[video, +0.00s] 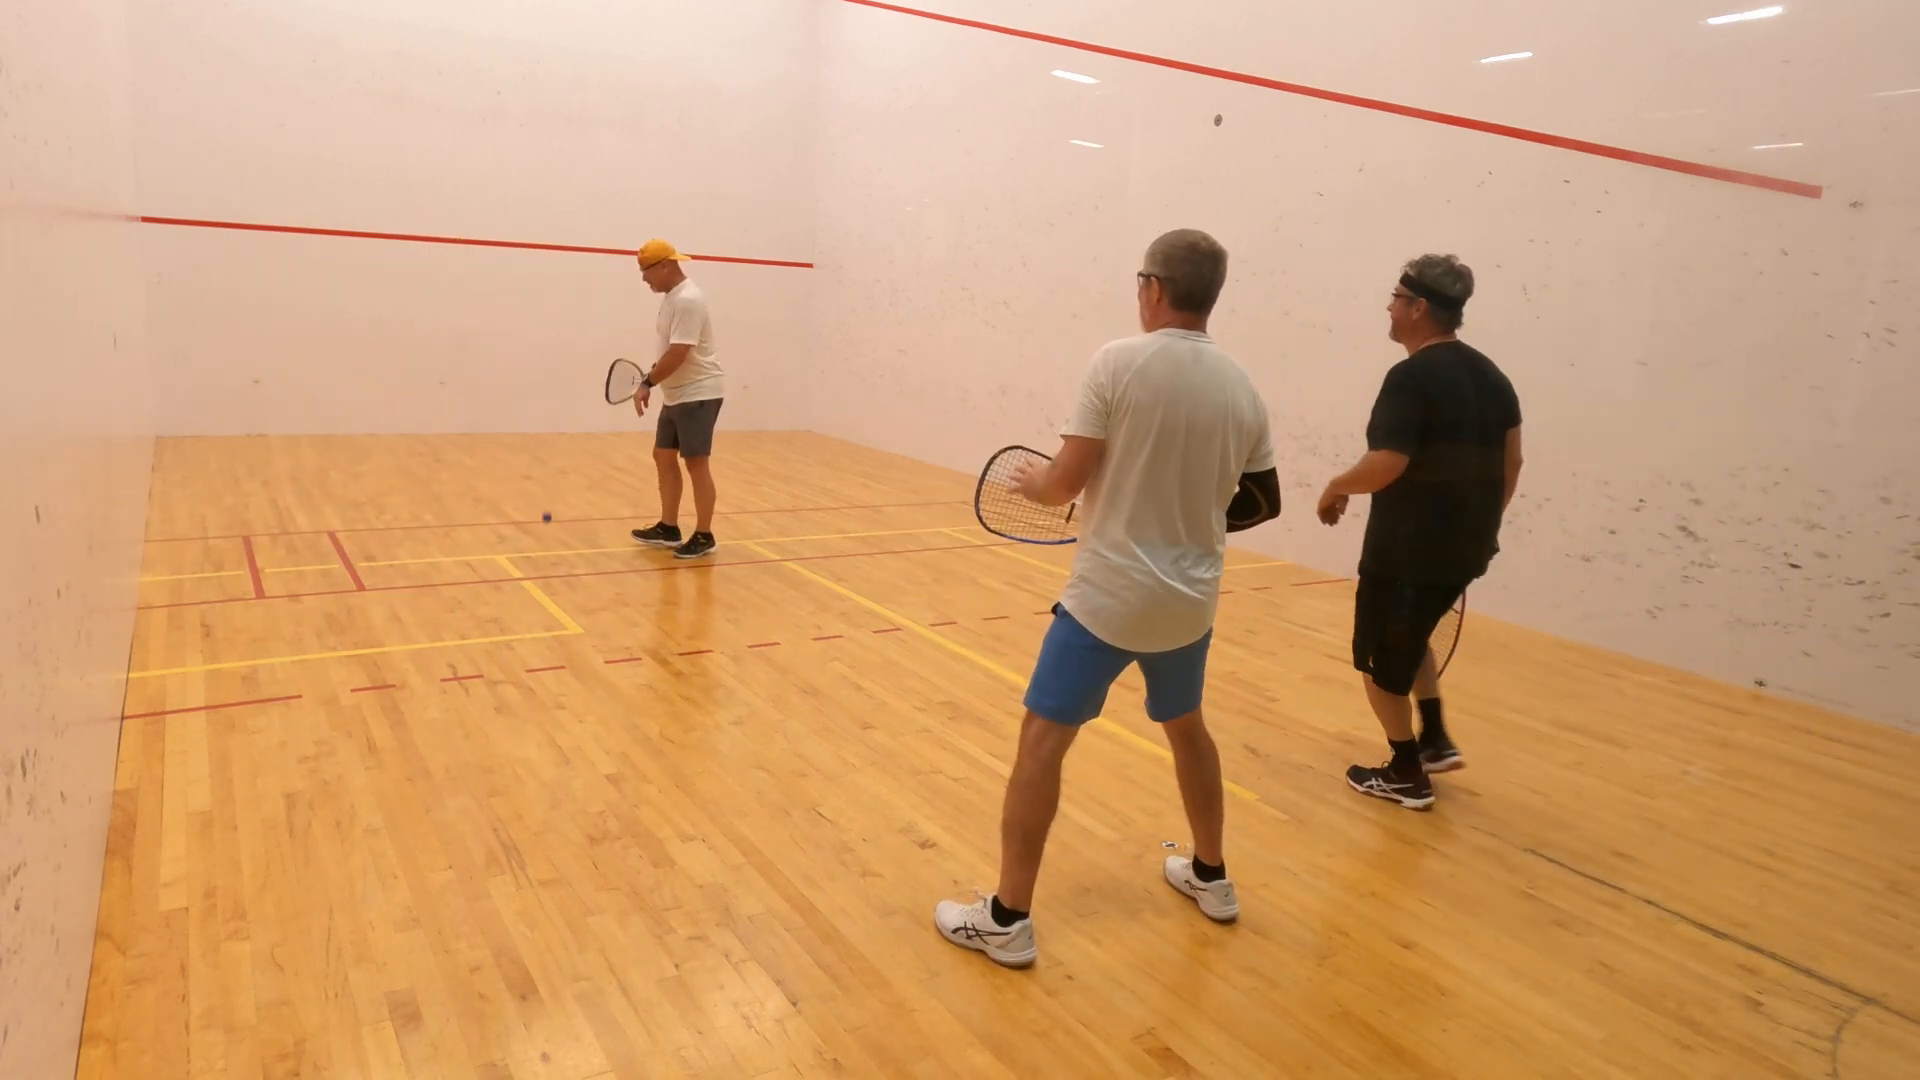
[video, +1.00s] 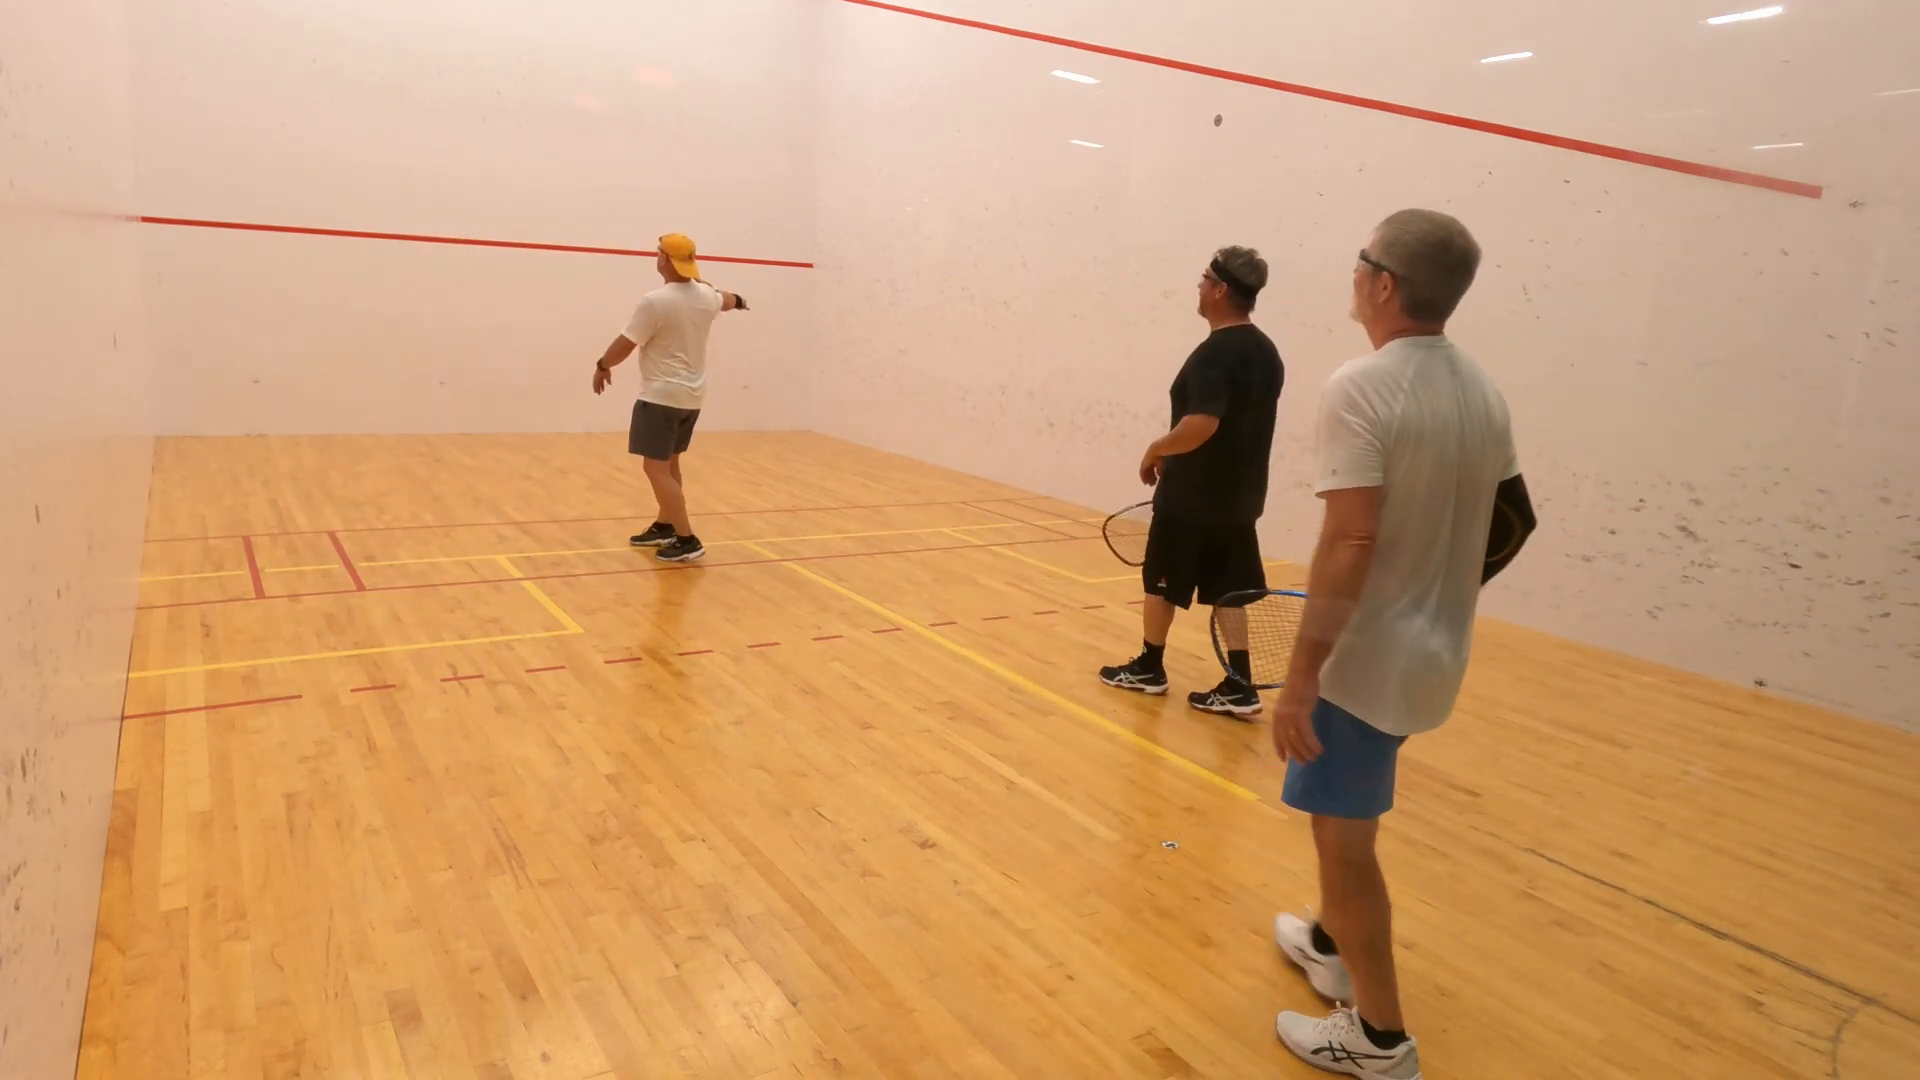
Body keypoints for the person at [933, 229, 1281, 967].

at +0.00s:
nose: (1137, 295)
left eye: (1140, 284)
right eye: (1144, 283)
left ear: (1152, 290)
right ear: (1211, 299)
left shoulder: (1121, 364)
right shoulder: (1239, 386)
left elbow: (1062, 485)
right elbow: (1261, 500)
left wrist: (1033, 481)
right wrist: (1181, 513)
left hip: (1107, 598)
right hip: (1190, 605)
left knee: (1042, 741)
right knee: (1186, 726)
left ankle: (1008, 916)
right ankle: (1210, 874)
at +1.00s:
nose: (1356, 278)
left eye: (1362, 268)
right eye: (1363, 265)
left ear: (1382, 286)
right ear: (1444, 295)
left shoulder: (1361, 389)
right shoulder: (1479, 389)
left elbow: (1350, 539)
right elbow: (1507, 523)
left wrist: (1299, 679)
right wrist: (1436, 601)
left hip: (1364, 657)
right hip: (1432, 653)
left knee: (1346, 843)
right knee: (1344, 790)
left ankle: (1381, 1034)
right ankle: (1339, 944)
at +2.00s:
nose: (1576, 277)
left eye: (1595, 249)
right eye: (1586, 250)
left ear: (1661, 268)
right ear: (1658, 270)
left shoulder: (1807, 423)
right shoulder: (1607, 422)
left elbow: (1915, 575)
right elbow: (1624, 625)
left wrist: (1905, 632)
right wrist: (1533, 733)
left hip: (1712, 898)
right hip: (1555, 842)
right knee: (1450, 1046)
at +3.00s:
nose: (1372, 177)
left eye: (1411, 156)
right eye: (1398, 150)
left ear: (1483, 219)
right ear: (1477, 222)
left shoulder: (1575, 474)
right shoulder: (1280, 374)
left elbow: (1704, 775)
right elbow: (1049, 525)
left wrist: (1890, 642)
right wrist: (1037, 475)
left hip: (1277, 1041)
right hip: (1101, 970)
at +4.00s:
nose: (1427, 308)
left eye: (1442, 292)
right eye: (1441, 288)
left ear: (1474, 336)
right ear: (1575, 356)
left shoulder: (1477, 498)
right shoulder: (1605, 481)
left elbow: (1450, 768)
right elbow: (1583, 664)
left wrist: (1340, 854)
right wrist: (1429, 645)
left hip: (1534, 966)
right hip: (1634, 932)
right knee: (1419, 1025)